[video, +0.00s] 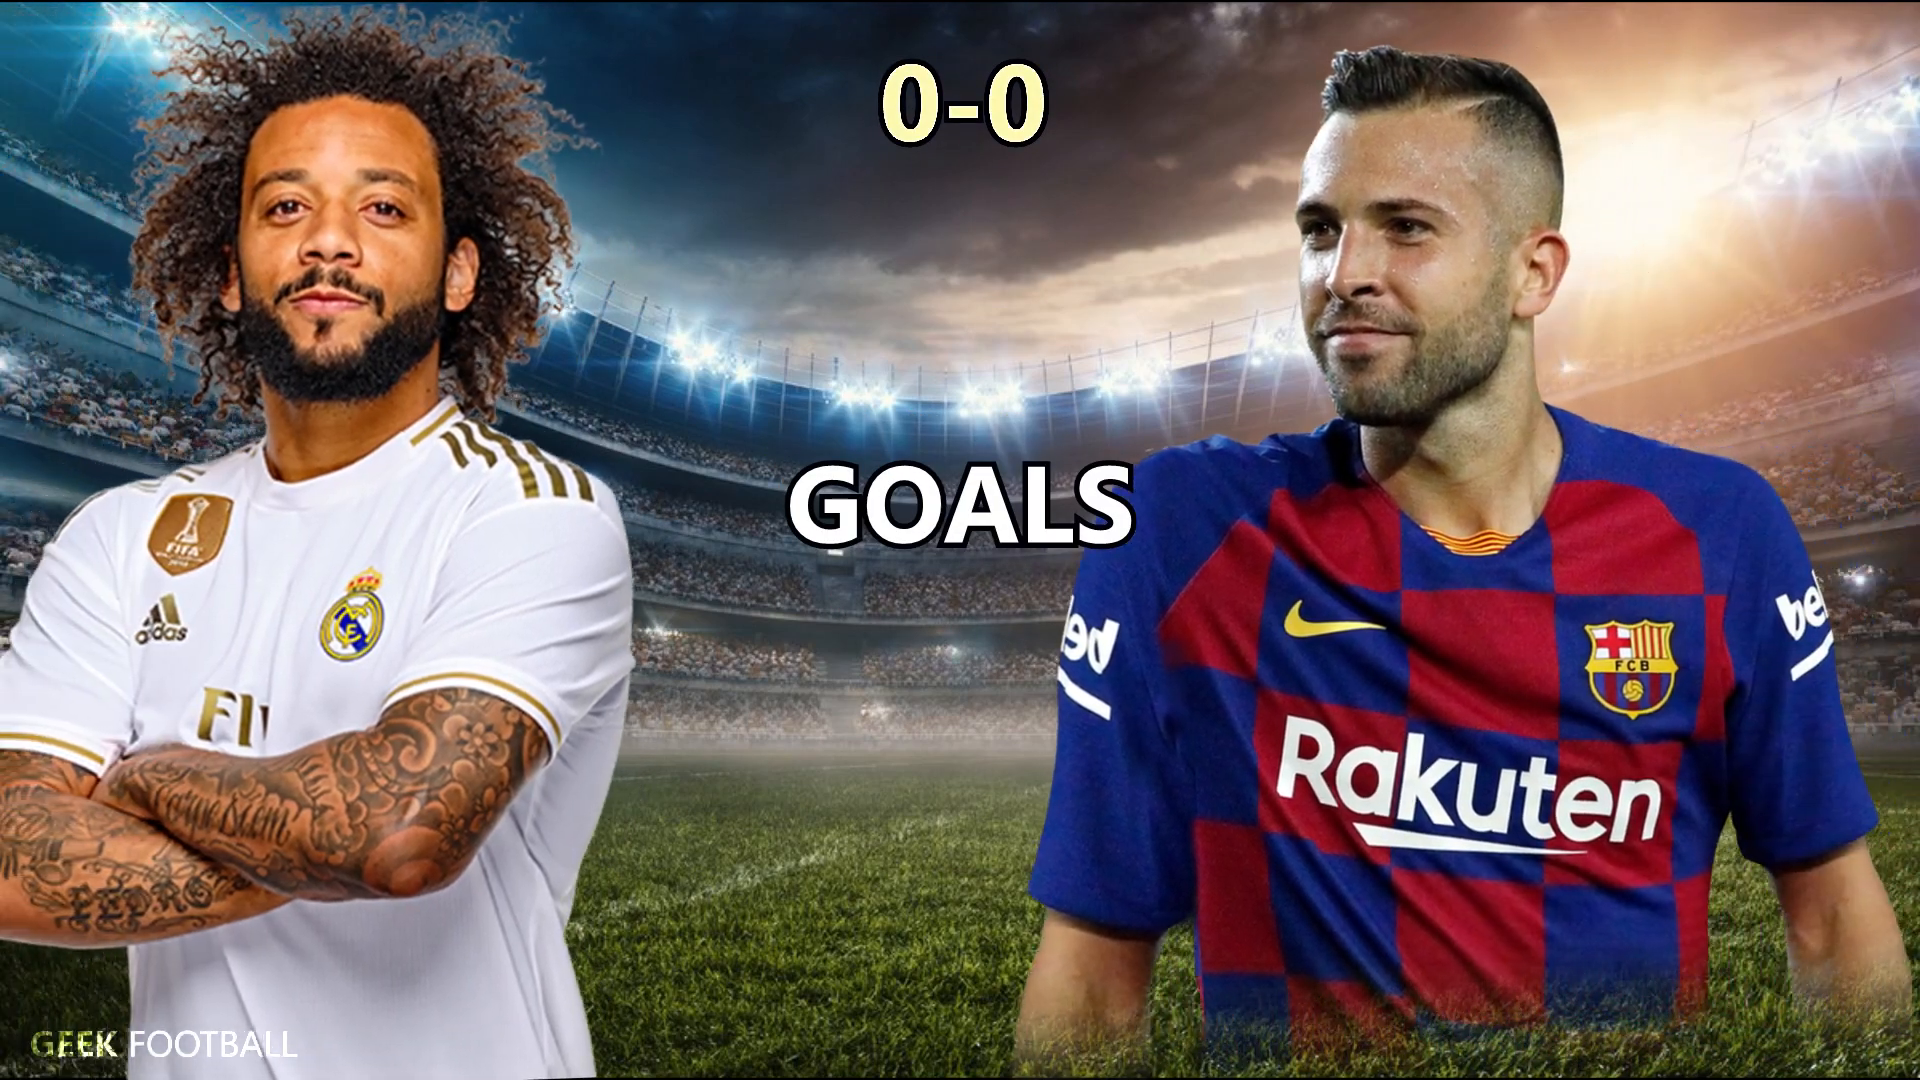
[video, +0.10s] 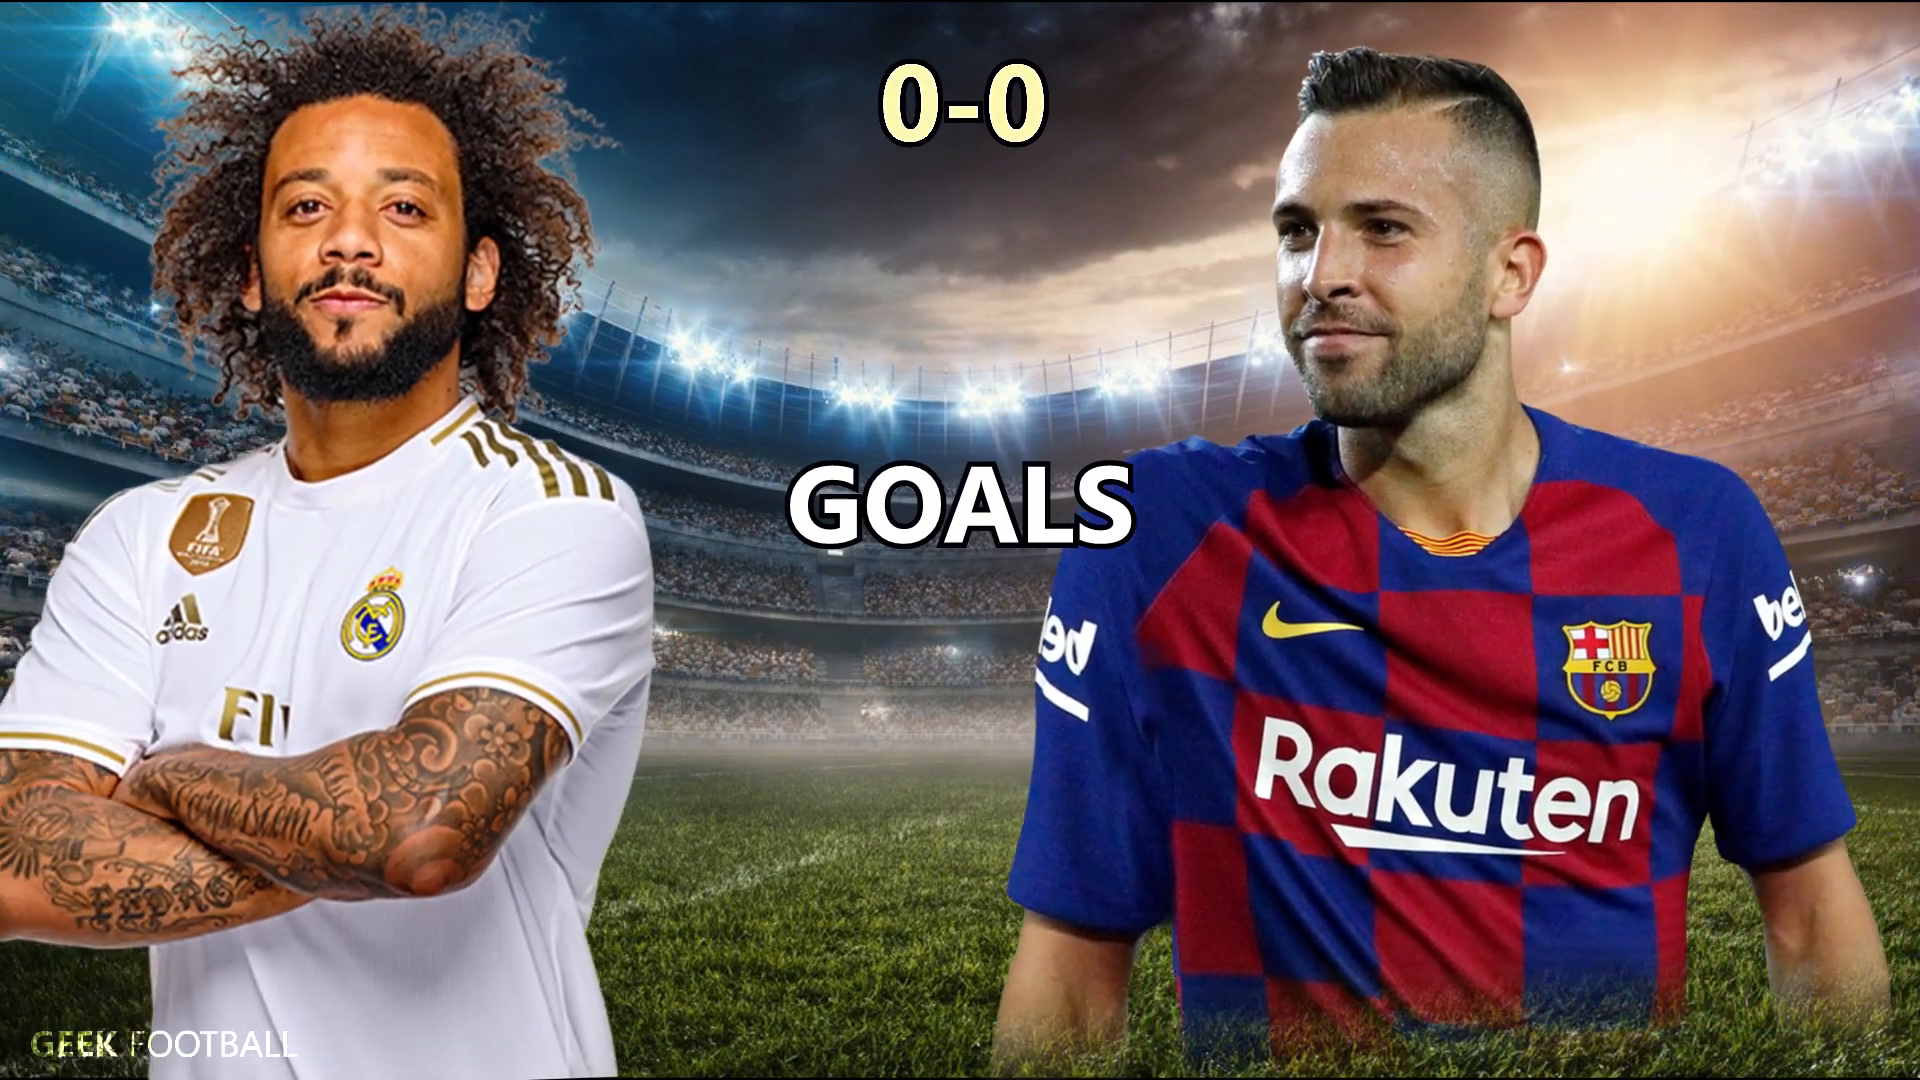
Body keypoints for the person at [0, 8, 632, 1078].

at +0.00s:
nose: (328, 242)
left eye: (381, 207)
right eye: (285, 208)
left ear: (455, 272)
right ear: (234, 271)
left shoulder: (537, 516)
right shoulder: (117, 535)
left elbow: (401, 829)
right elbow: (21, 875)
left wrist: (143, 771)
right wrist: (320, 829)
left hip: (468, 1063)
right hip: (185, 1063)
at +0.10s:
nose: (347, 242)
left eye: (404, 207)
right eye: (305, 207)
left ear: (476, 271)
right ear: (254, 270)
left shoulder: (560, 516)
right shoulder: (138, 537)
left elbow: (426, 828)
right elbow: (24, 871)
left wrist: (164, 773)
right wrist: (342, 834)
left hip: (488, 1064)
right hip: (207, 1063)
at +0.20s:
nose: (362, 242)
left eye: (417, 207)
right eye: (319, 207)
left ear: (490, 272)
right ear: (270, 271)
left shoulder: (574, 514)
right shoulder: (155, 536)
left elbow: (442, 826)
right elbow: (31, 870)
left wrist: (176, 773)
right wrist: (359, 834)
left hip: (504, 1063)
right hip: (225, 1062)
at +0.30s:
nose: (371, 242)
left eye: (426, 206)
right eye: (328, 206)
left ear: (498, 271)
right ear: (279, 270)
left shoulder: (583, 516)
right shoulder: (163, 536)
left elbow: (450, 827)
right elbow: (38, 870)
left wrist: (182, 774)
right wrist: (368, 836)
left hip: (513, 1064)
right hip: (233, 1064)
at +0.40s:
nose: (374, 242)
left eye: (429, 206)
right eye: (331, 206)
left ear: (500, 271)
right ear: (281, 270)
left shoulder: (586, 515)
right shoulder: (165, 536)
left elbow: (453, 827)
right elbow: (45, 872)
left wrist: (184, 774)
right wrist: (371, 836)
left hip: (515, 1064)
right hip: (237, 1064)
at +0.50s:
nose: (375, 243)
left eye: (431, 207)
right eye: (332, 207)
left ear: (503, 272)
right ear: (283, 270)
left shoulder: (588, 517)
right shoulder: (167, 537)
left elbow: (455, 828)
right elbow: (47, 873)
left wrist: (188, 774)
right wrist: (373, 837)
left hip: (518, 1064)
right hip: (239, 1064)